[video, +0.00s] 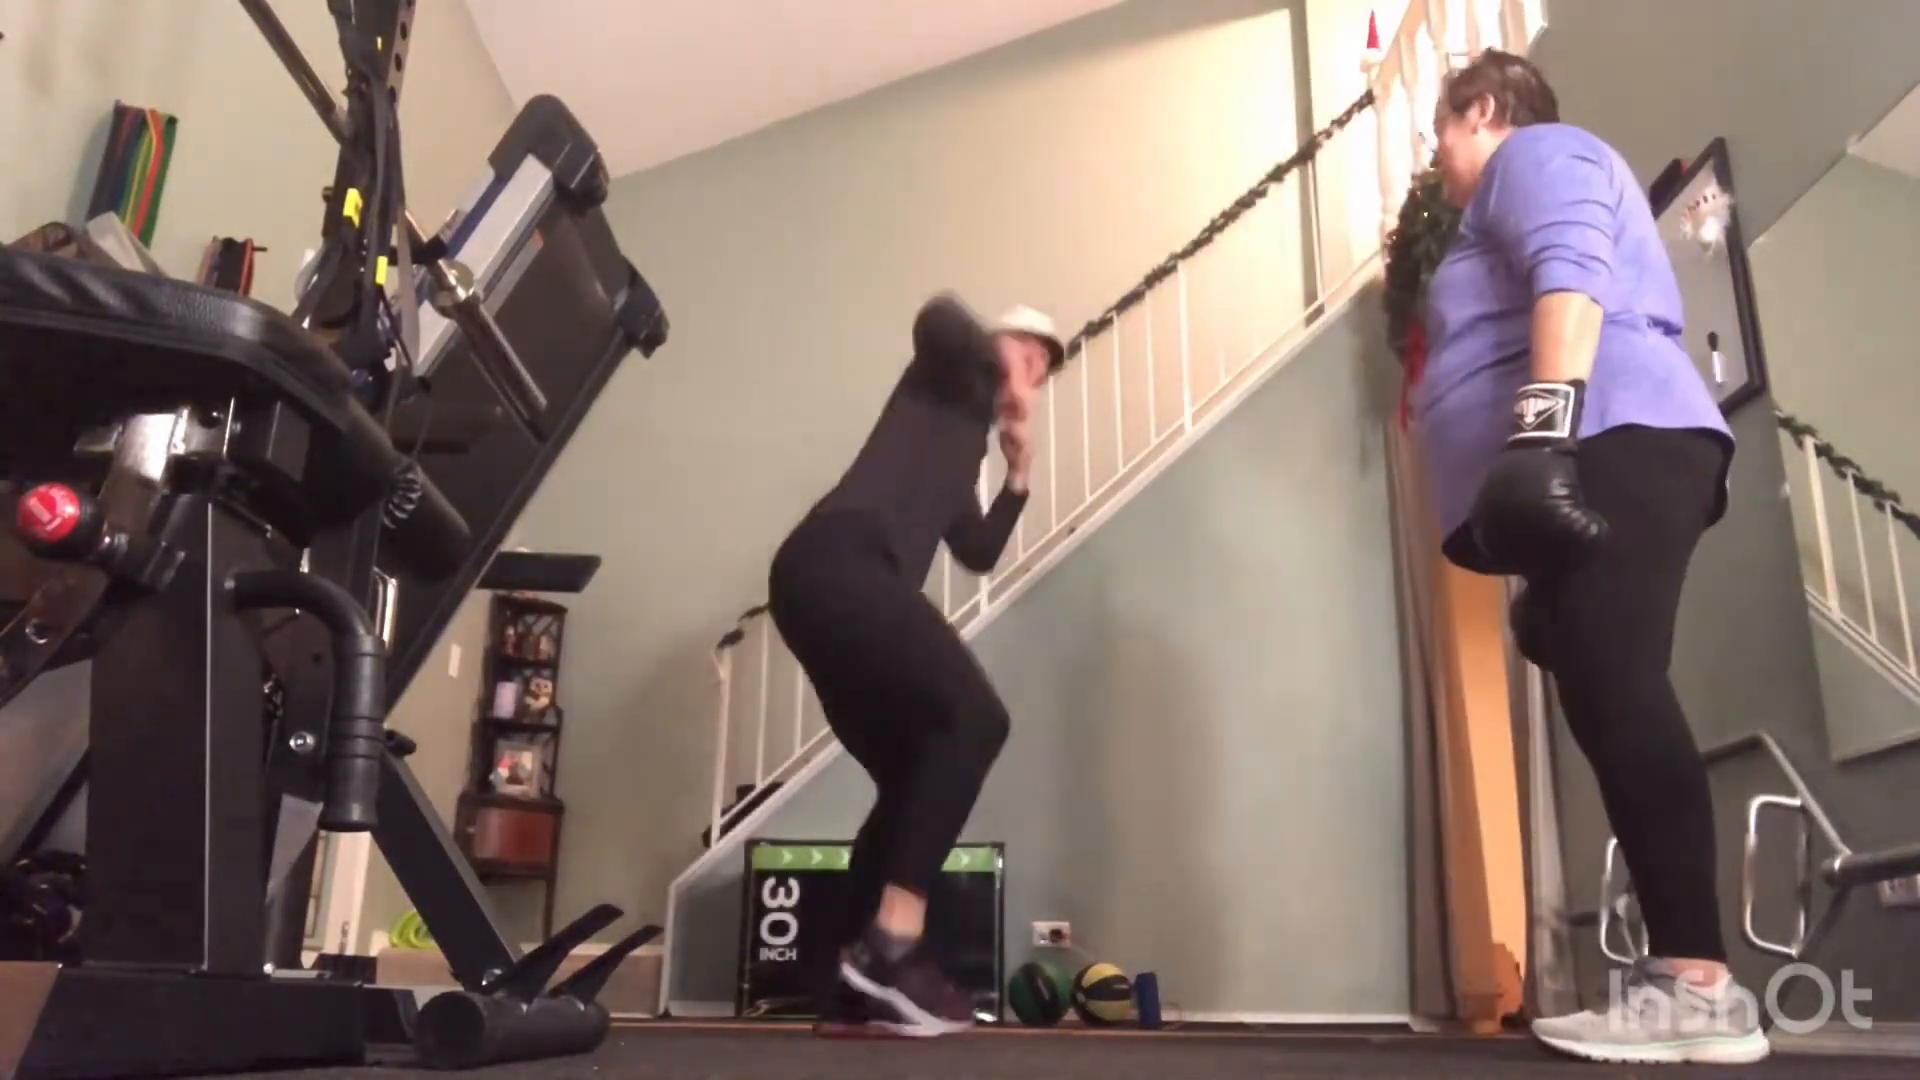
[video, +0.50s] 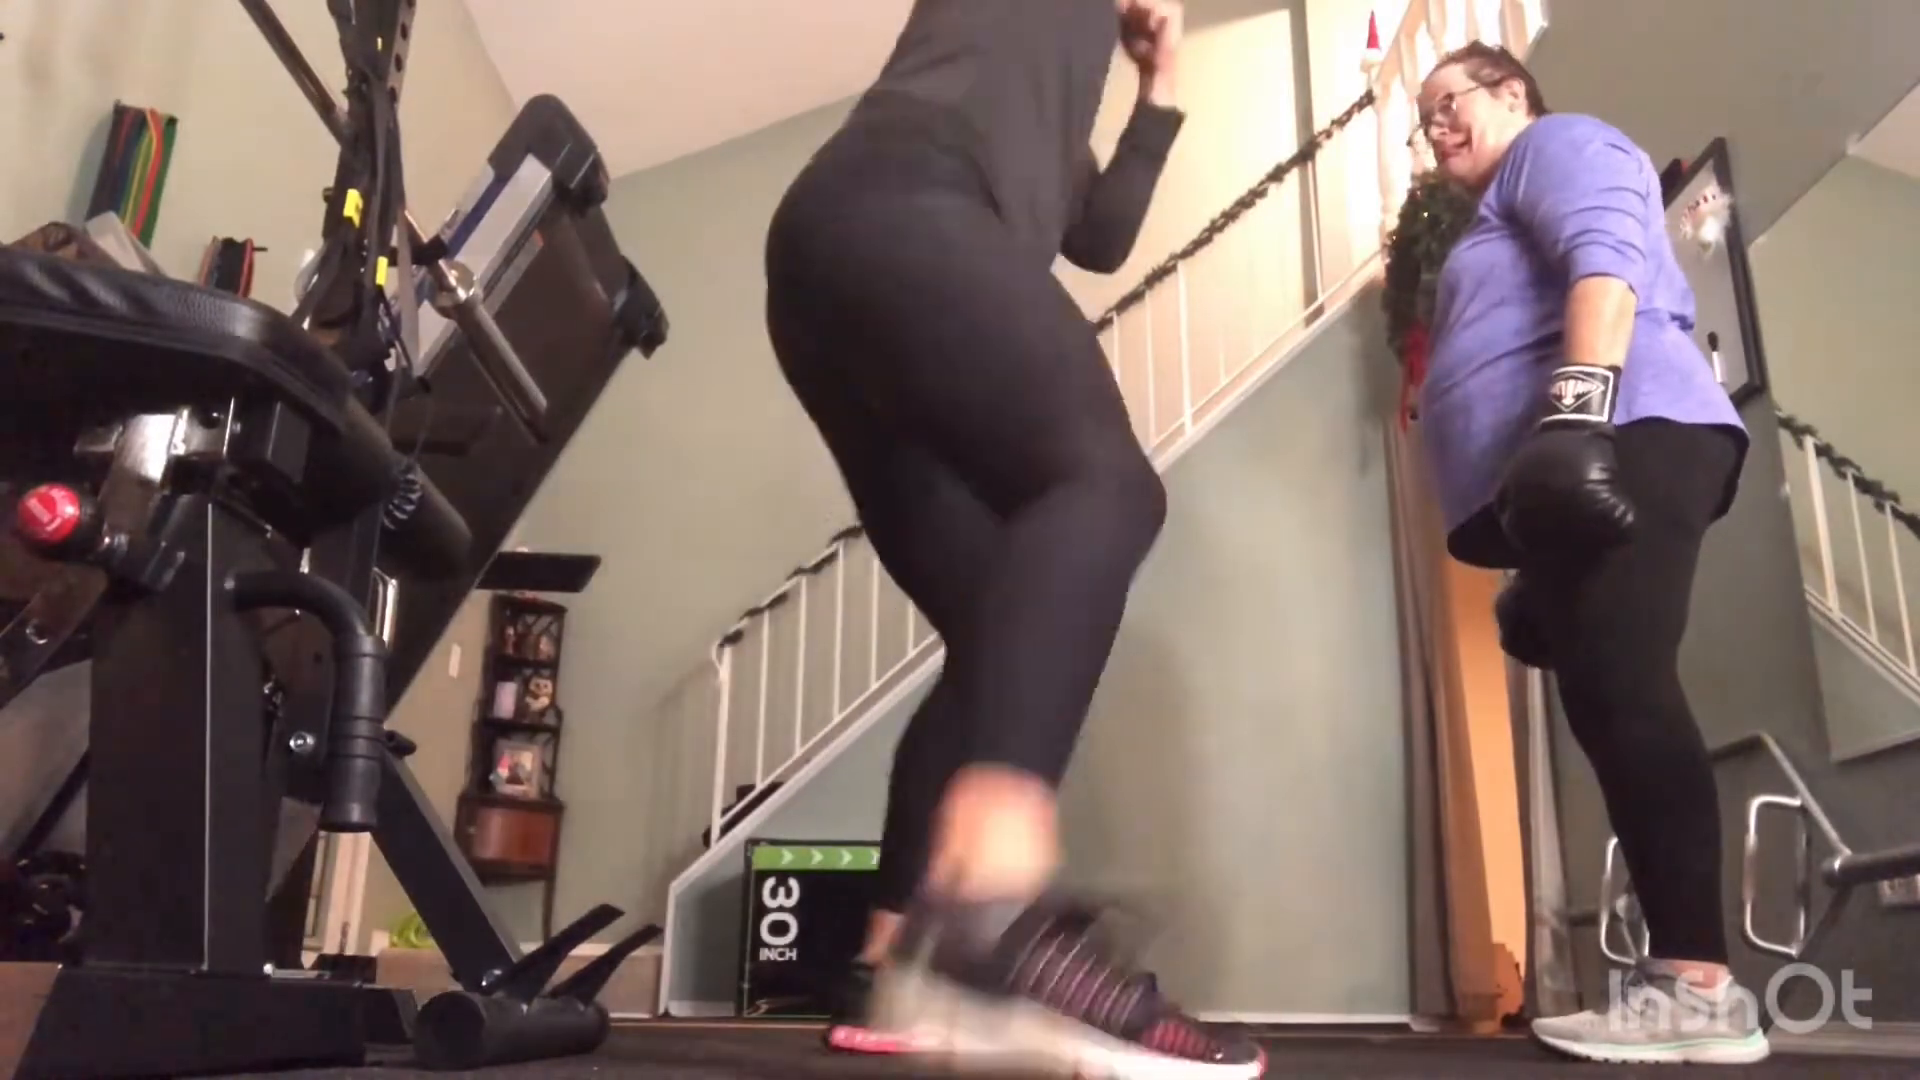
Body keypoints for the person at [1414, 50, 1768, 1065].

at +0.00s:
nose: (1433, 155)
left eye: (1441, 134)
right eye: (1432, 139)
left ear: (1488, 112)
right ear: (1498, 114)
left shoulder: (1542, 151)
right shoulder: (1496, 218)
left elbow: (1569, 274)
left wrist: (1539, 432)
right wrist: (1426, 257)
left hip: (1629, 432)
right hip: (1597, 451)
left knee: (1614, 677)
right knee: (1604, 693)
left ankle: (1698, 985)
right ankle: (1679, 979)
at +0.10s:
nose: (1426, 149)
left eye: (1436, 127)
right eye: (1423, 136)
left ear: (1493, 108)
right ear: (1490, 114)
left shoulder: (1545, 148)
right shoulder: (1488, 225)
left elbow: (1573, 272)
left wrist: (1539, 424)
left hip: (1630, 429)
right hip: (1589, 452)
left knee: (1617, 680)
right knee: (1603, 697)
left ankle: (1698, 983)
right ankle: (1682, 978)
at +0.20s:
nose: (1428, 147)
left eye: (1438, 124)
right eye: (1423, 136)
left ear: (1503, 103)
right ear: (1465, 127)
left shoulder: (1551, 147)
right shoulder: (1487, 227)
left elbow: (1583, 268)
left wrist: (1555, 421)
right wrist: (1420, 267)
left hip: (1634, 428)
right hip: (1589, 453)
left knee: (1618, 677)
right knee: (1603, 695)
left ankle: (1698, 984)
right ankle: (1681, 977)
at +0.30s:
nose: (1430, 138)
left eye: (1444, 116)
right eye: (1424, 129)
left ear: (1509, 101)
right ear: (1445, 145)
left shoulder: (1556, 146)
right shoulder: (1487, 231)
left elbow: (1592, 266)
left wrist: (1564, 415)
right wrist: (1419, 273)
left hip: (1635, 430)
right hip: (1584, 458)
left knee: (1621, 683)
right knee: (1603, 704)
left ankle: (1699, 984)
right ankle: (1682, 978)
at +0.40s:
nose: (1433, 135)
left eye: (1448, 112)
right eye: (1426, 128)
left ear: (1513, 99)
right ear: (1442, 149)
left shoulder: (1559, 144)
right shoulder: (1485, 234)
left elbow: (1597, 263)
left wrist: (1572, 412)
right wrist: (1419, 275)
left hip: (1637, 429)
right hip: (1583, 457)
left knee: (1621, 681)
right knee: (1604, 702)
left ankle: (1699, 983)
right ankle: (1681, 976)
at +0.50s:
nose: (1437, 125)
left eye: (1453, 104)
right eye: (1426, 120)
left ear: (1515, 95)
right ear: (1437, 146)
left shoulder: (1560, 143)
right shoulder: (1481, 234)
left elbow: (1601, 260)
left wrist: (1576, 408)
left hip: (1640, 429)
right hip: (1580, 460)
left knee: (1621, 682)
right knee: (1603, 702)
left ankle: (1699, 984)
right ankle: (1682, 977)